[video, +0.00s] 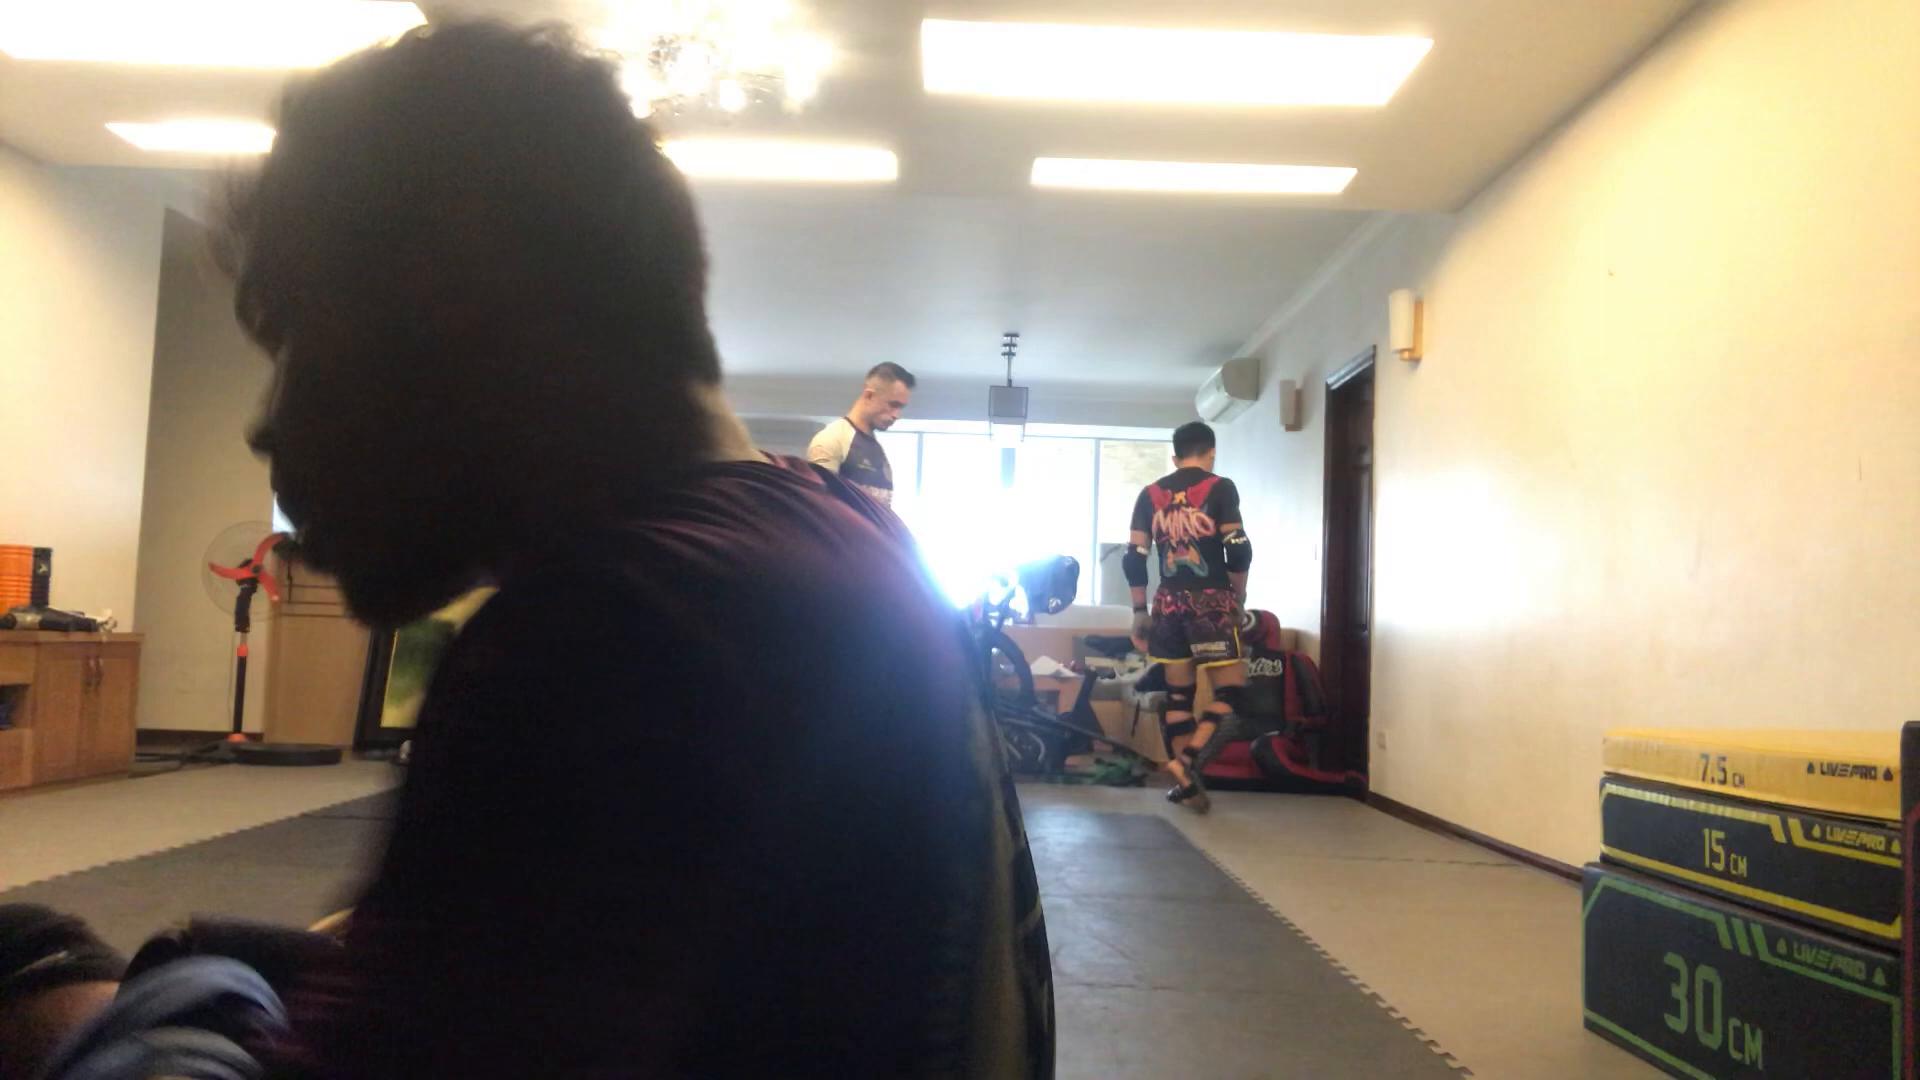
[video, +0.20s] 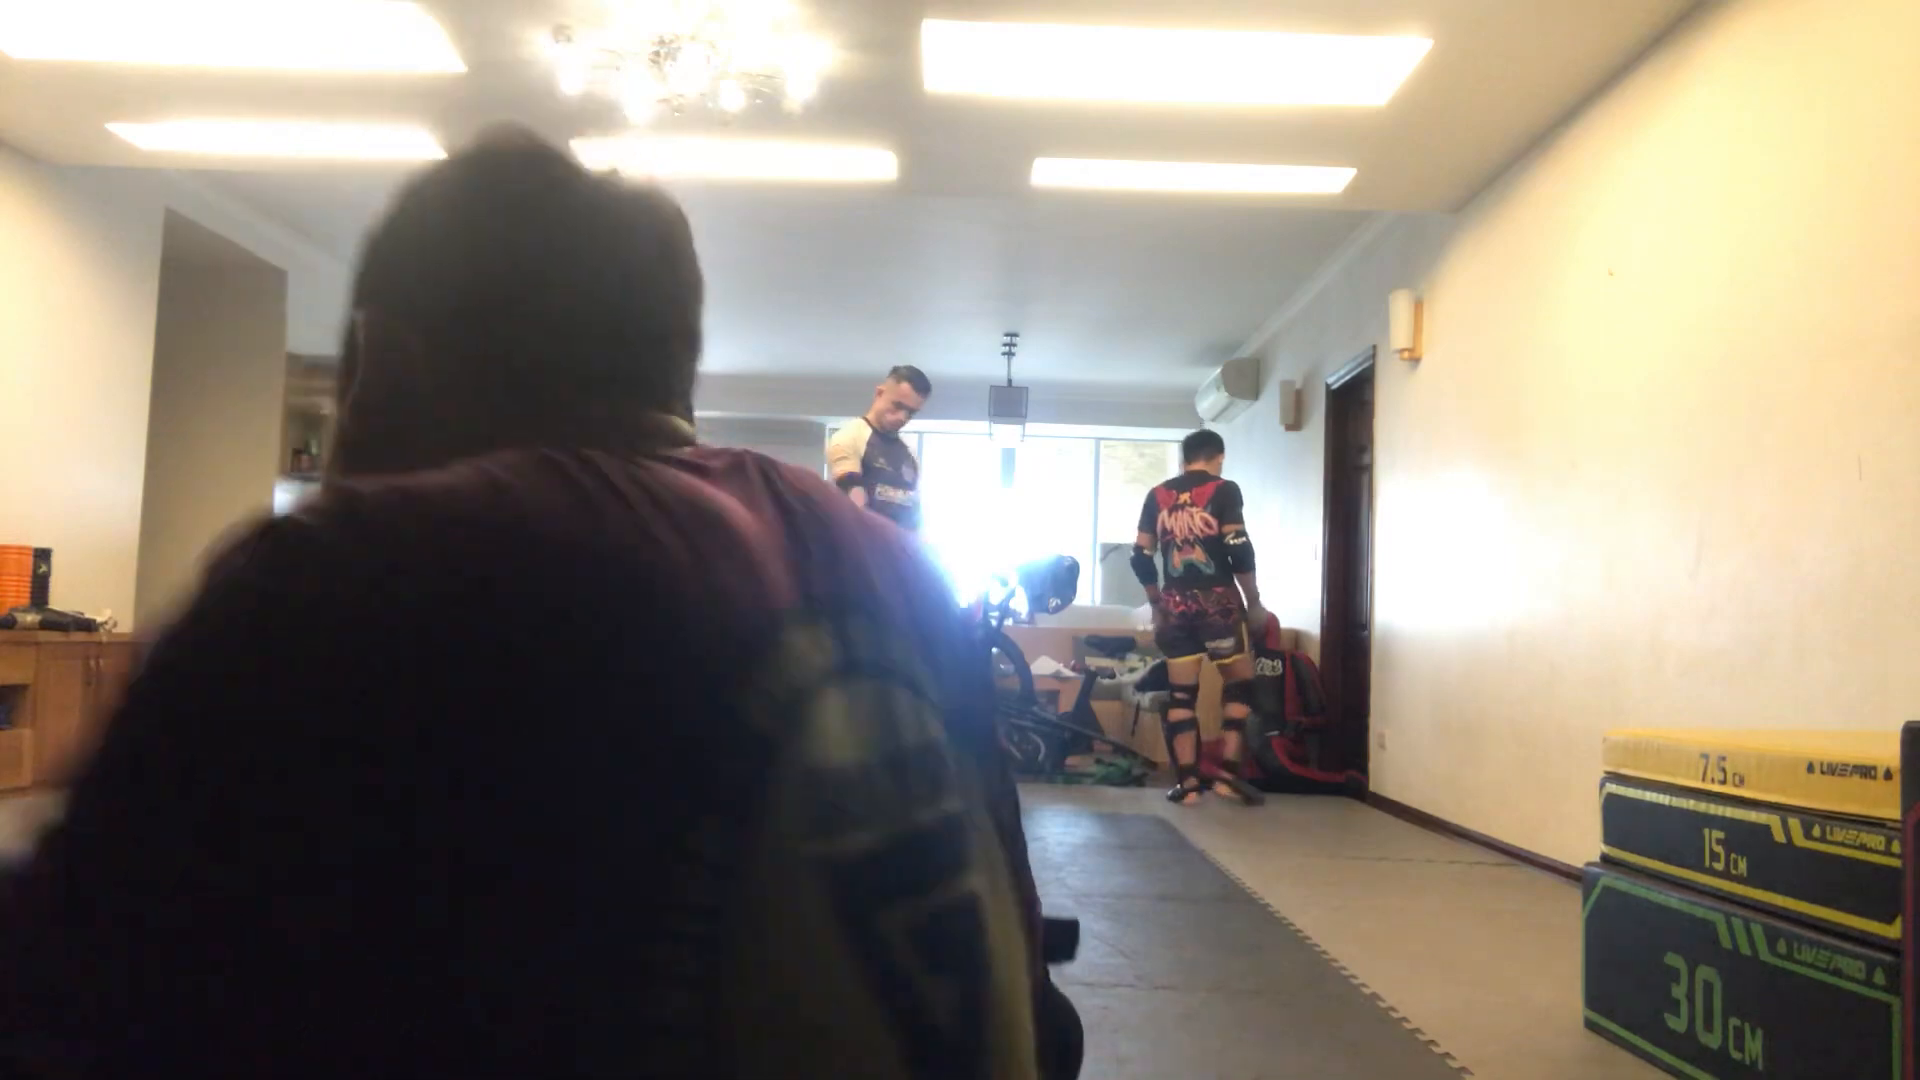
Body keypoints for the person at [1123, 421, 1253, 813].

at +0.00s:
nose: (1211, 459)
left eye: (1206, 455)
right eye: (1212, 454)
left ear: (1174, 456)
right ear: (1210, 454)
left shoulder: (1150, 494)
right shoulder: (1220, 488)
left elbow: (1134, 558)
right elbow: (1238, 549)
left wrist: (1140, 610)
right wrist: (1236, 599)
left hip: (1168, 607)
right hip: (1213, 606)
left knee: (1178, 698)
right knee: (1229, 697)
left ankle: (1190, 788)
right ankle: (1187, 765)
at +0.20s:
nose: (1220, 465)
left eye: (1218, 461)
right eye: (1220, 460)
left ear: (1184, 458)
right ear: (1216, 459)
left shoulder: (1157, 495)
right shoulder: (1224, 490)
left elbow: (1140, 556)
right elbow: (1236, 547)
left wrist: (1156, 602)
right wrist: (1253, 601)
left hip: (1174, 609)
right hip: (1219, 606)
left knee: (1181, 692)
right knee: (1238, 682)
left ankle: (1187, 783)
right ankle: (1227, 770)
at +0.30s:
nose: (1225, 470)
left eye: (1223, 465)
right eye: (1226, 465)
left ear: (1190, 463)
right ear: (1222, 463)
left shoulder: (1163, 497)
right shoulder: (1232, 494)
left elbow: (1144, 558)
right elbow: (1249, 552)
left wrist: (1165, 595)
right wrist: (1261, 603)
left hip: (1176, 610)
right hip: (1224, 609)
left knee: (1181, 696)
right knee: (1240, 691)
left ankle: (1188, 783)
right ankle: (1249, 779)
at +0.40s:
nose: (1230, 475)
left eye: (1226, 472)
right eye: (1231, 470)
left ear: (1195, 470)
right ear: (1229, 469)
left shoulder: (1171, 499)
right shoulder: (1241, 500)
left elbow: (1150, 560)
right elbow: (1261, 557)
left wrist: (1169, 599)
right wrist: (1269, 613)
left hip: (1181, 615)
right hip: (1229, 614)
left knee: (1184, 697)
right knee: (1242, 693)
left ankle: (1189, 784)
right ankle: (1251, 780)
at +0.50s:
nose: (1235, 478)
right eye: (1237, 473)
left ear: (1201, 472)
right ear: (1237, 472)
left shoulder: (1179, 501)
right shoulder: (1251, 504)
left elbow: (1157, 562)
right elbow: (1269, 561)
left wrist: (1168, 607)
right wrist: (1275, 616)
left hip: (1192, 614)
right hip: (1239, 614)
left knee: (1191, 696)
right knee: (1244, 693)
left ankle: (1192, 781)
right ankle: (1250, 781)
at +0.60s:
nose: (1238, 479)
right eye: (1240, 473)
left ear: (1206, 473)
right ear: (1242, 473)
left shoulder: (1189, 499)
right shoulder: (1261, 504)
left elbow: (1167, 557)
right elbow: (1276, 563)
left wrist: (1166, 607)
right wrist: (1280, 617)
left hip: (1200, 614)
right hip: (1247, 615)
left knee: (1194, 691)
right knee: (1249, 693)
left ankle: (1196, 767)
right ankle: (1250, 779)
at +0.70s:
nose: (1207, 481)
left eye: (1206, 477)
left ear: (1206, 476)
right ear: (1243, 475)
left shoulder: (1195, 499)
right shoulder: (1266, 504)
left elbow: (1175, 555)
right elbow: (1287, 561)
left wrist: (1170, 606)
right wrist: (1281, 613)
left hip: (1208, 613)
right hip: (1253, 613)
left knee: (1193, 686)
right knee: (1252, 693)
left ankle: (1209, 759)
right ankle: (1250, 779)